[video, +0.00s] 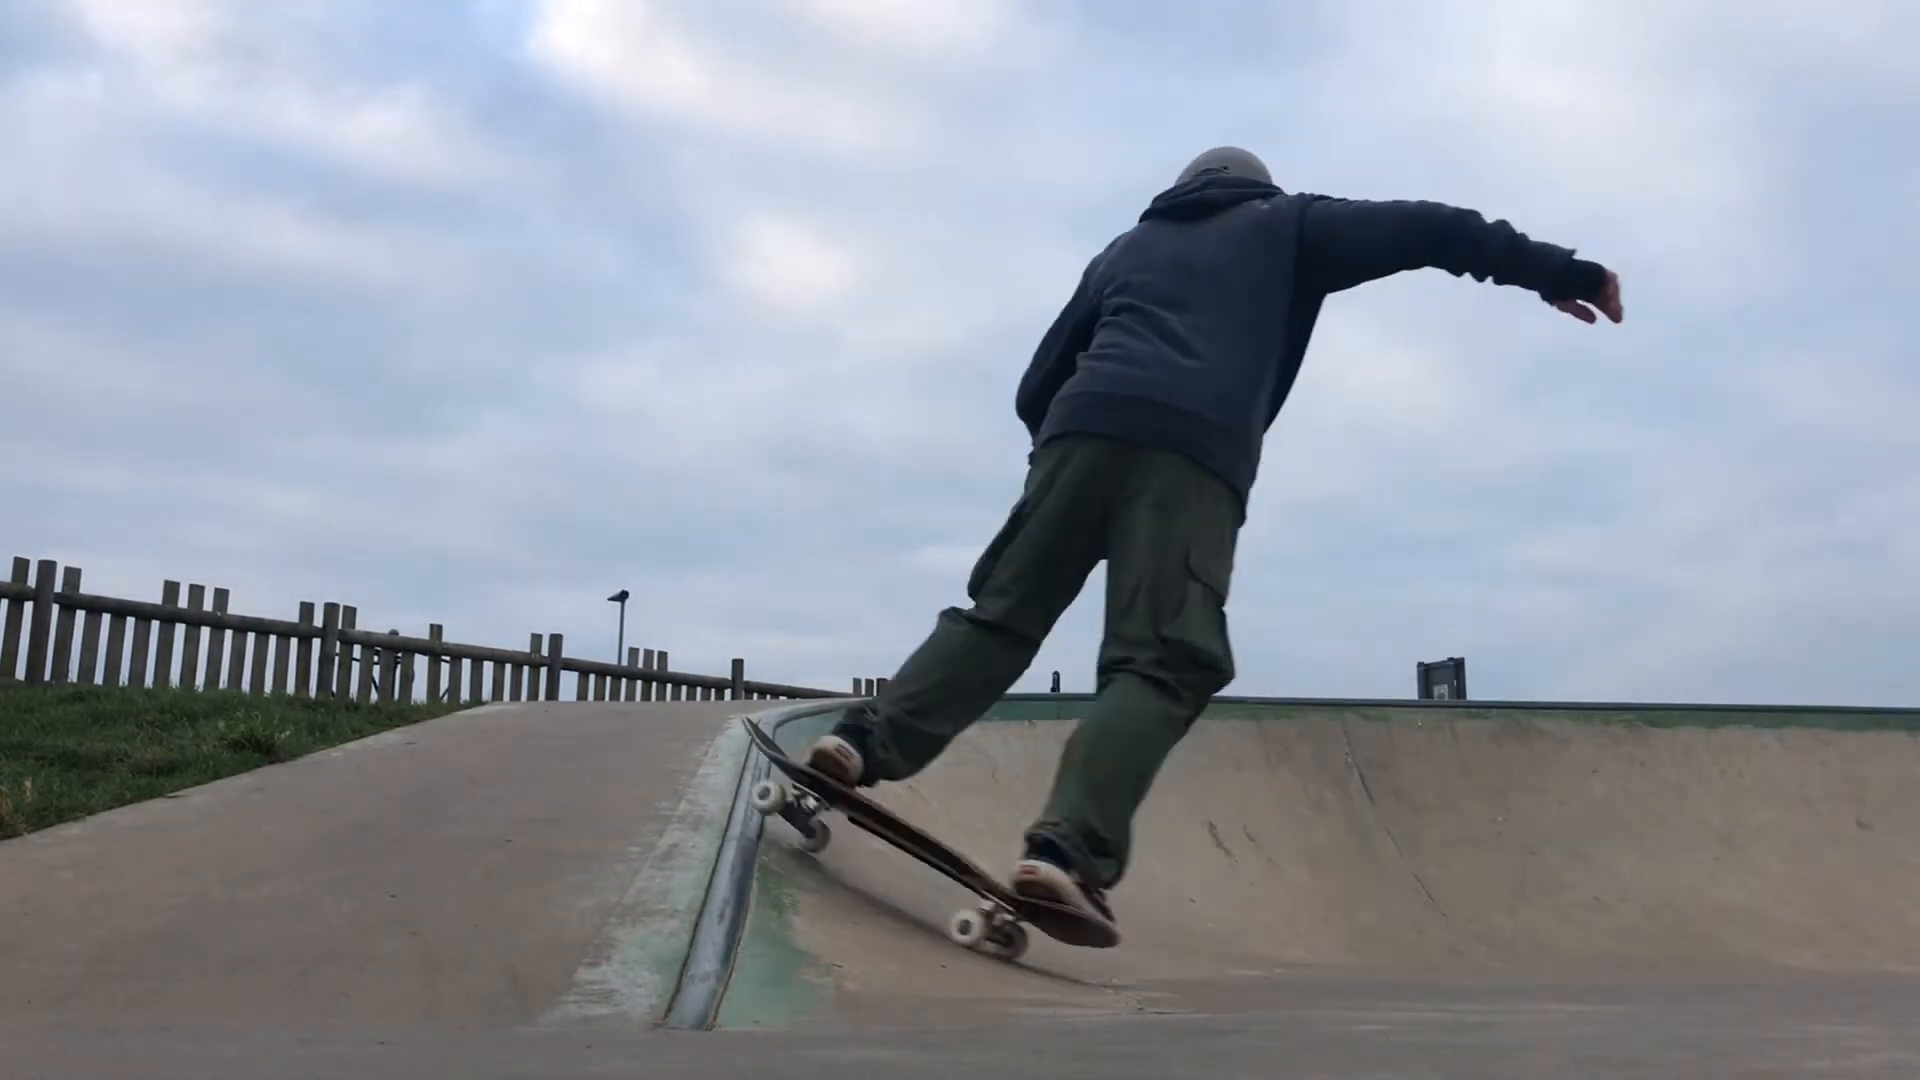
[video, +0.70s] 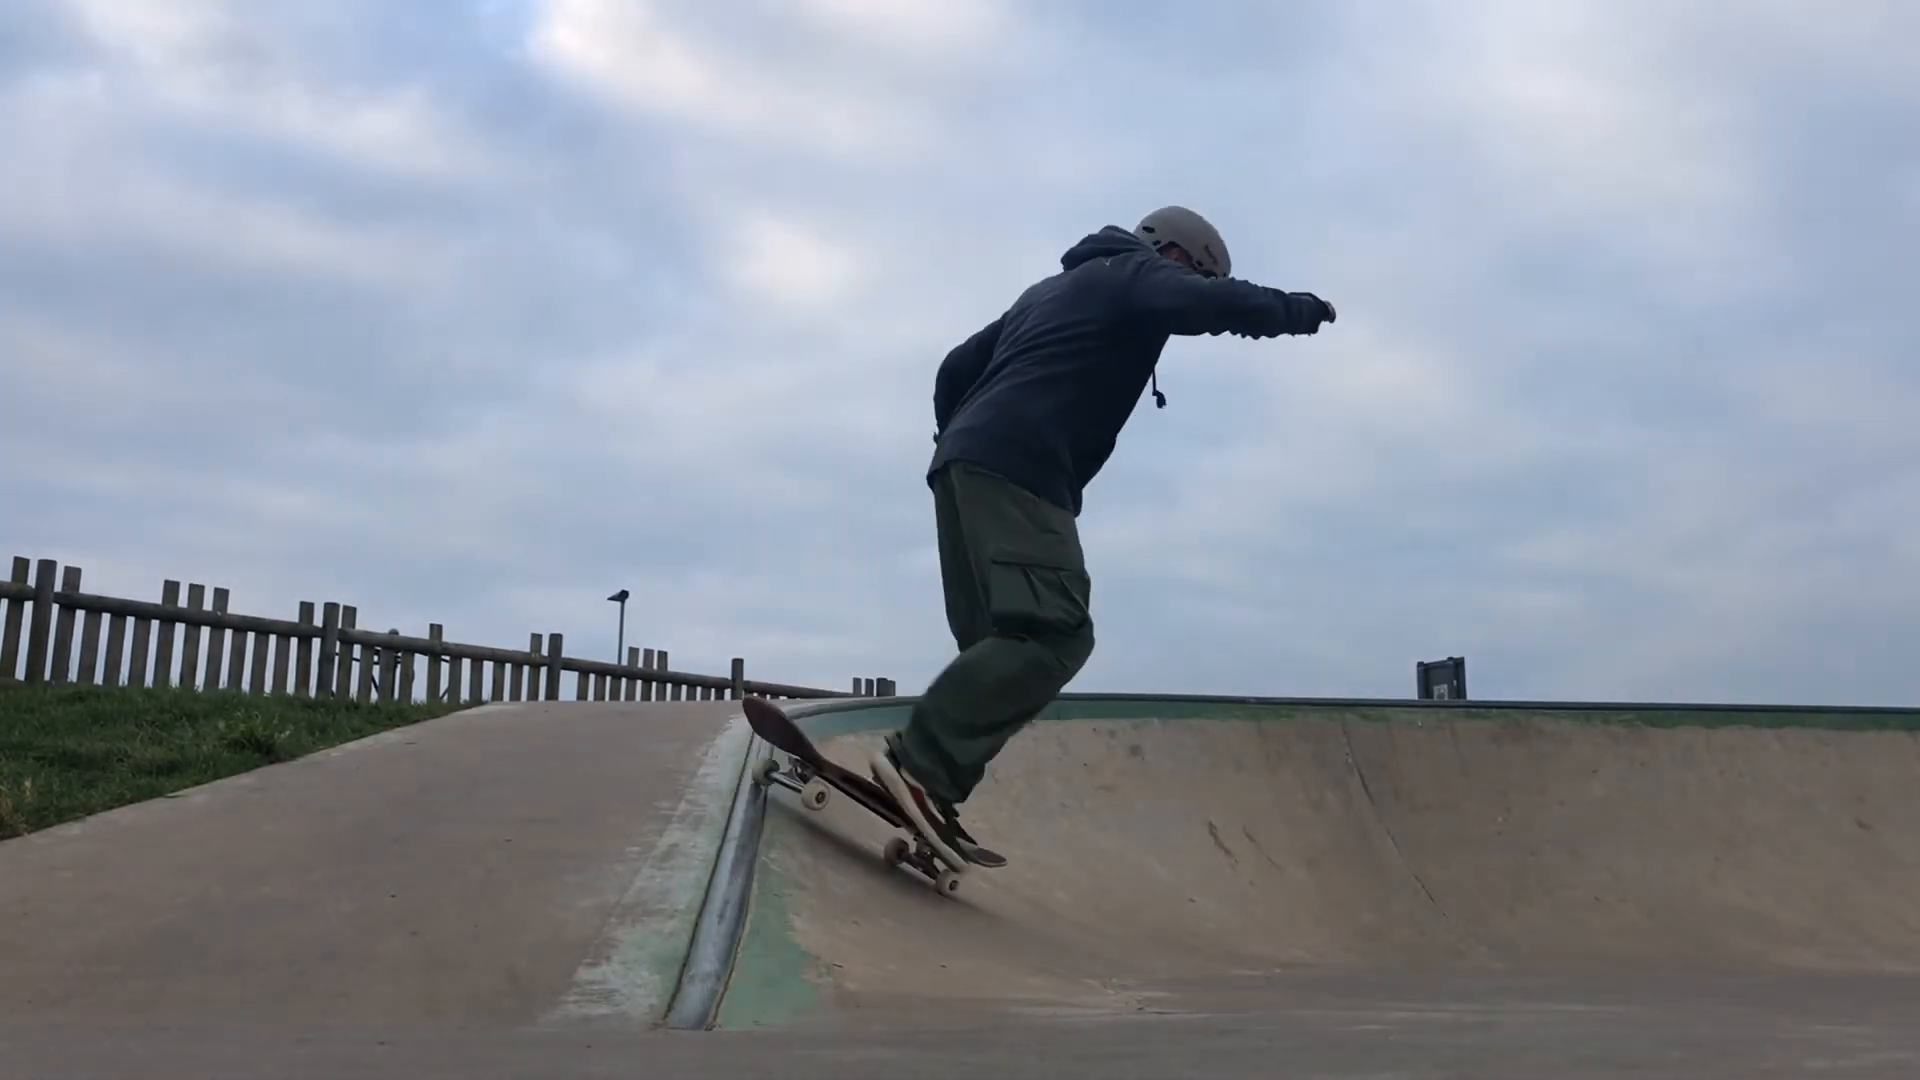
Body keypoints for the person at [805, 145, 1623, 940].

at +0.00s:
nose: (1271, 205)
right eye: (1273, 195)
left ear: (1184, 187)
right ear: (1265, 189)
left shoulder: (1130, 248)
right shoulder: (1289, 222)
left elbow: (1041, 379)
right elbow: (1429, 226)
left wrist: (1078, 437)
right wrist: (1555, 271)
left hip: (1084, 425)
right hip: (1198, 440)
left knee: (1001, 613)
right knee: (1160, 660)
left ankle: (863, 746)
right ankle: (1065, 858)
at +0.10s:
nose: (1199, 230)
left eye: (1186, 224)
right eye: (1197, 222)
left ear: (1119, 213)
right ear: (1183, 217)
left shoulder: (1056, 260)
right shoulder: (1190, 243)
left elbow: (953, 350)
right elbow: (1301, 261)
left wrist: (955, 425)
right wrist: (1426, 321)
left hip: (973, 398)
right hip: (1067, 415)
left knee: (934, 596)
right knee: (1021, 643)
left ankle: (780, 706)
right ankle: (875, 767)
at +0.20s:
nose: (1157, 264)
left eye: (1150, 259)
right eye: (1156, 254)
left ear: (1082, 224)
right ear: (1141, 240)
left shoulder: (1019, 259)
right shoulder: (1134, 259)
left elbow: (889, 343)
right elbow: (1231, 317)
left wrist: (889, 408)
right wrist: (1333, 391)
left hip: (898, 387)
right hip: (971, 403)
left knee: (897, 594)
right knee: (982, 623)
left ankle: (783, 700)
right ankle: (832, 731)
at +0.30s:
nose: (1133, 267)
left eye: (1134, 258)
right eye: (1131, 257)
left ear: (1070, 220)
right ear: (1115, 238)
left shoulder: (993, 250)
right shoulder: (1100, 256)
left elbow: (929, 320)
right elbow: (1156, 343)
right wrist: (1255, 420)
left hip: (870, 393)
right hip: (941, 409)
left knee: (873, 583)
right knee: (959, 609)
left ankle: (776, 693)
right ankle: (818, 718)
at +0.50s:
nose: (1155, 257)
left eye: (1164, 249)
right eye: (1158, 242)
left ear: (1110, 201)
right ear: (1131, 213)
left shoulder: (1022, 233)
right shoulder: (1082, 230)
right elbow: (1136, 287)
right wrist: (1217, 314)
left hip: (897, 395)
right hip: (939, 412)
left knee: (899, 578)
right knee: (937, 593)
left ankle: (785, 685)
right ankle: (805, 714)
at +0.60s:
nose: (1180, 261)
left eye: (1185, 253)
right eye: (1182, 248)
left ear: (1129, 207)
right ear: (1156, 222)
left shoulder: (1028, 247)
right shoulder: (1117, 241)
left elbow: (936, 313)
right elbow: (1199, 278)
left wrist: (952, 388)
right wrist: (1289, 275)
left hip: (931, 411)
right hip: (977, 423)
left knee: (948, 595)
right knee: (984, 599)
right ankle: (824, 672)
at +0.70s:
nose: (1201, 288)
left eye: (1207, 280)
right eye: (1202, 276)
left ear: (1154, 241)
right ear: (1175, 254)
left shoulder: (1045, 292)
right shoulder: (1136, 272)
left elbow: (958, 364)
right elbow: (1213, 298)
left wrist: (962, 441)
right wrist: (1301, 310)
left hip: (963, 459)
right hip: (1017, 459)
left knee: (996, 640)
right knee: (1055, 633)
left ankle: (935, 796)